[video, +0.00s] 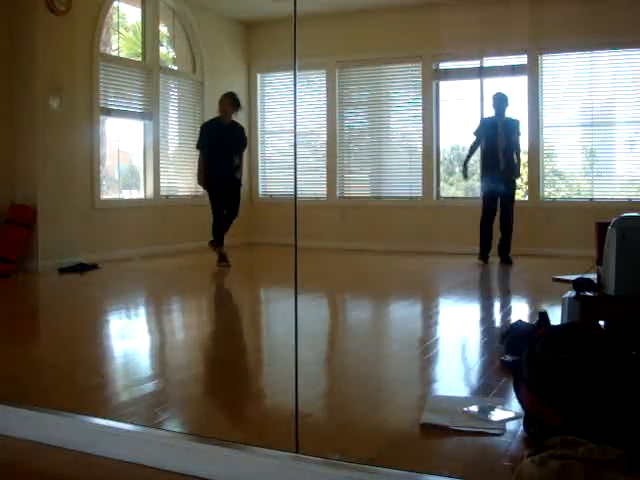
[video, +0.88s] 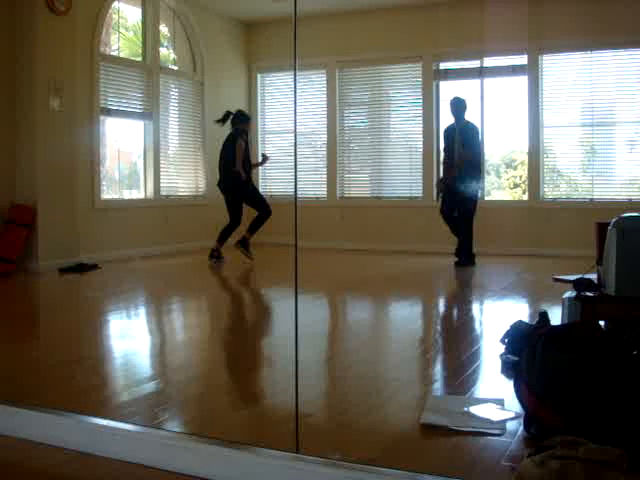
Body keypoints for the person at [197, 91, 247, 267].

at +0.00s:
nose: (224, 108)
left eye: (228, 105)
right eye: (222, 104)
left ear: (234, 108)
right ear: (219, 106)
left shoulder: (238, 129)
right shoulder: (208, 126)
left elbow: (240, 154)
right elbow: (202, 153)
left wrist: (240, 175)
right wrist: (201, 174)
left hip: (231, 175)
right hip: (212, 175)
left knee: (233, 211)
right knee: (218, 213)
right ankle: (221, 252)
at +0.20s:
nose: (225, 109)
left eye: (228, 106)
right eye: (224, 106)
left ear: (233, 108)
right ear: (221, 108)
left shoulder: (234, 129)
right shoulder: (220, 127)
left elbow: (233, 156)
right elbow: (215, 153)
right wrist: (209, 175)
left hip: (229, 177)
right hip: (219, 177)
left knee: (222, 214)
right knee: (220, 213)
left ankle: (217, 246)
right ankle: (217, 248)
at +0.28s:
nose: (241, 111)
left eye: (241, 108)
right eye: (239, 108)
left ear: (225, 109)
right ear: (232, 109)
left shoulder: (210, 128)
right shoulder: (235, 130)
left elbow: (208, 155)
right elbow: (232, 156)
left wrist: (208, 173)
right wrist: (230, 178)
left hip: (212, 176)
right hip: (229, 178)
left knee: (213, 213)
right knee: (226, 215)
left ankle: (211, 248)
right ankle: (223, 250)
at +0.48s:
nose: (239, 114)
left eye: (238, 111)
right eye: (237, 111)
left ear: (221, 112)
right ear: (234, 112)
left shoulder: (212, 130)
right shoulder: (240, 131)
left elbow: (194, 150)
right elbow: (250, 151)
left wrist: (202, 166)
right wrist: (248, 174)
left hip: (215, 179)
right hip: (234, 178)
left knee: (219, 216)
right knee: (230, 217)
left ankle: (213, 251)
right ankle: (223, 250)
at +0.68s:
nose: (233, 117)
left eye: (230, 115)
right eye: (231, 115)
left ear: (216, 118)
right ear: (230, 115)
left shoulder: (209, 138)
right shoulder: (238, 128)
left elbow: (205, 159)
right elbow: (253, 135)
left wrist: (212, 169)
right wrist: (249, 158)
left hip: (221, 181)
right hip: (240, 178)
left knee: (224, 216)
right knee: (248, 216)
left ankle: (213, 250)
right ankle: (230, 247)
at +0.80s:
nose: (221, 125)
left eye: (219, 123)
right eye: (231, 120)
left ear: (217, 123)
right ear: (231, 119)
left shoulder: (217, 141)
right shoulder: (241, 133)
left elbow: (221, 163)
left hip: (225, 182)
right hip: (242, 181)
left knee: (231, 217)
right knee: (250, 218)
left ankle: (216, 250)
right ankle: (230, 247)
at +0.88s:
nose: (250, 126)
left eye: (250, 123)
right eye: (249, 123)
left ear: (235, 124)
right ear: (244, 124)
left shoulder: (230, 139)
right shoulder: (241, 137)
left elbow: (243, 166)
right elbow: (239, 163)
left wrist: (260, 163)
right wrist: (242, 173)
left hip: (226, 183)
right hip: (239, 183)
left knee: (235, 220)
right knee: (265, 211)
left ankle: (216, 249)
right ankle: (245, 240)